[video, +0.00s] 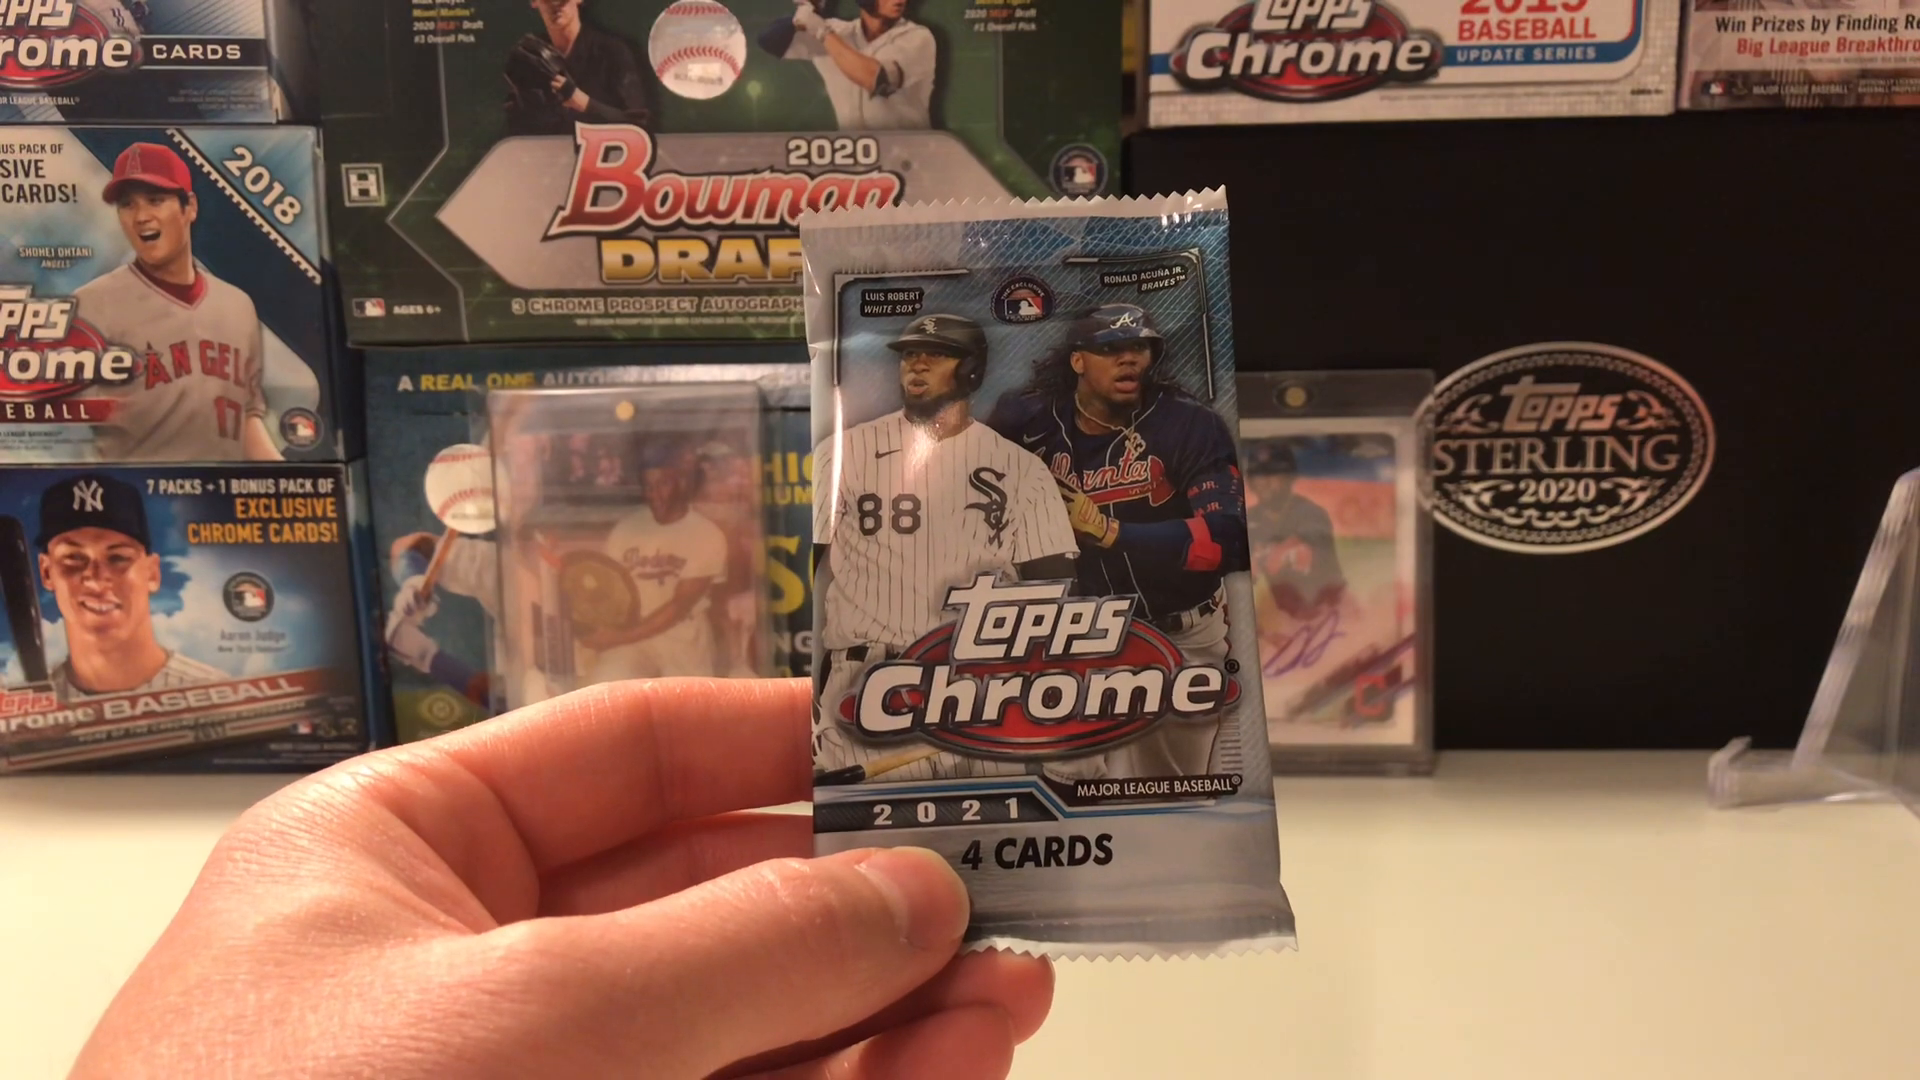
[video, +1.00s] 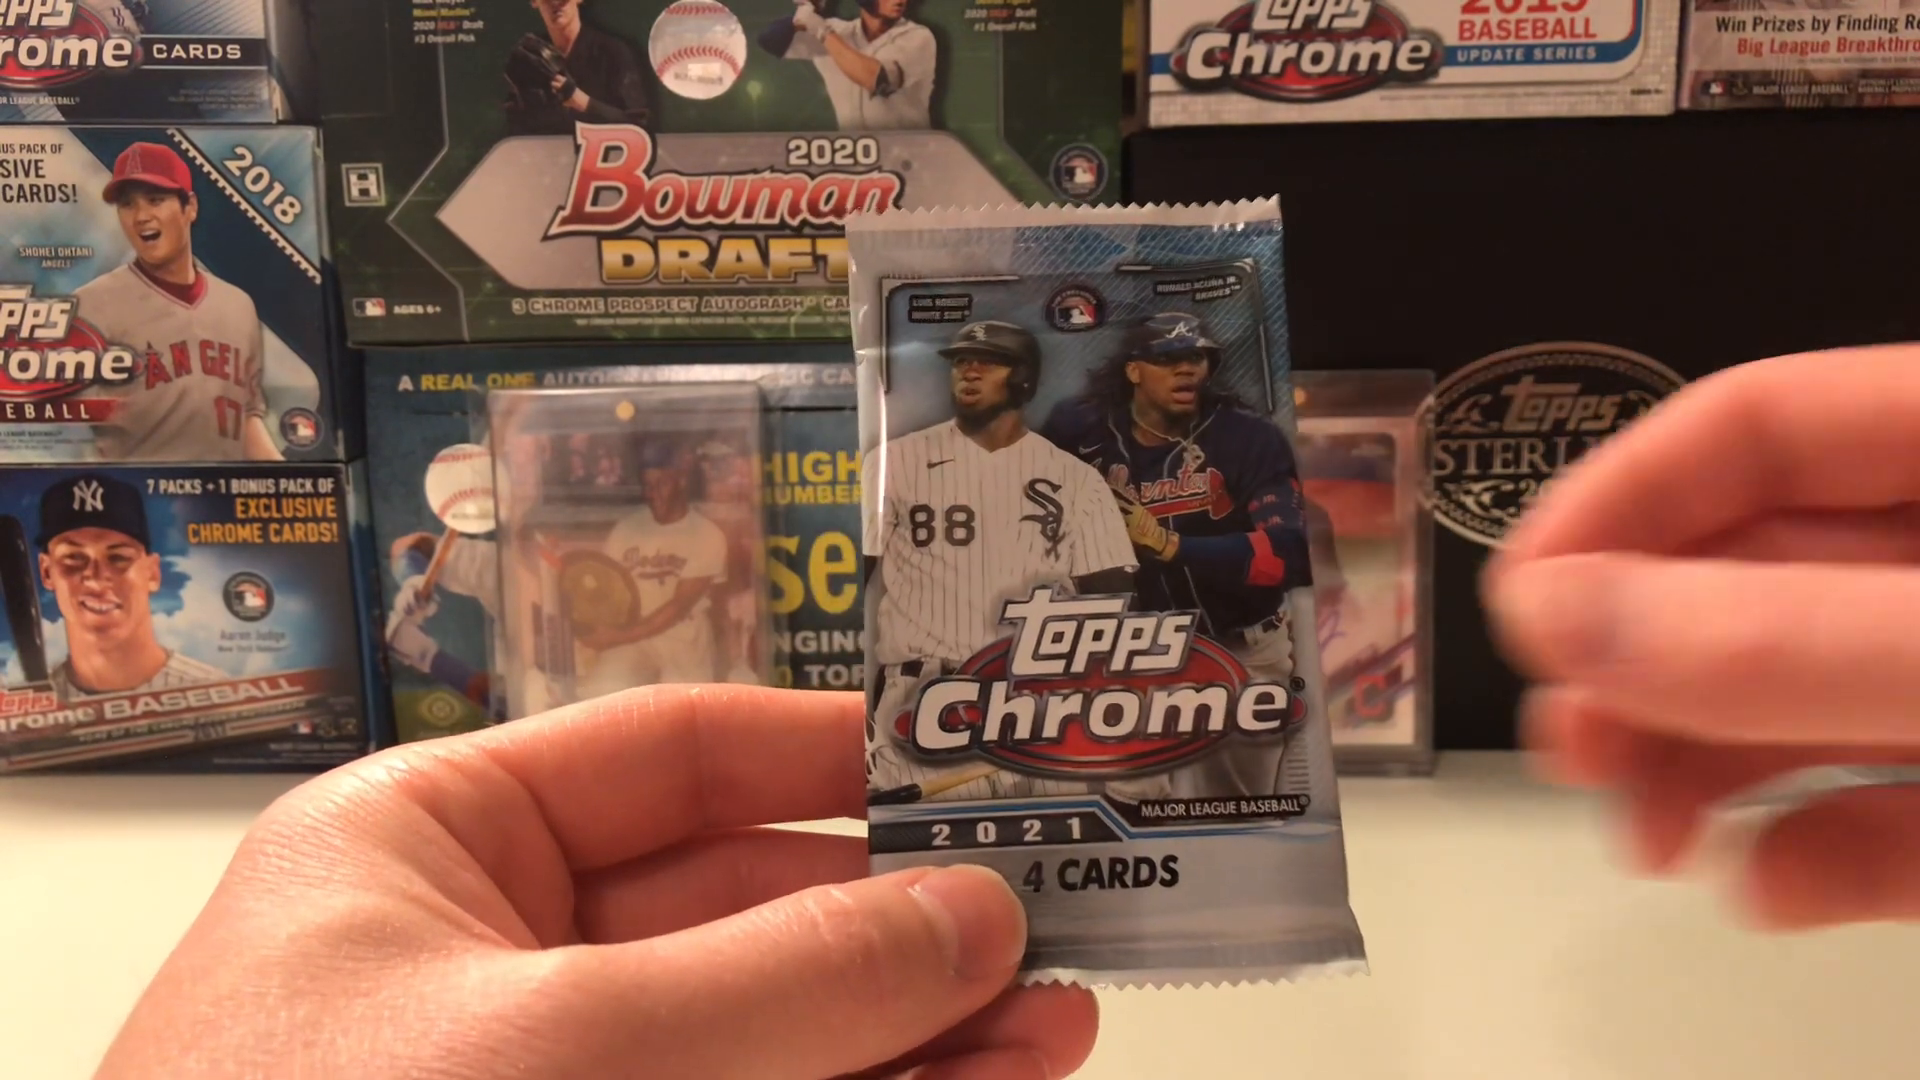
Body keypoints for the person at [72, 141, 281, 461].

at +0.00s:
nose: (142, 216)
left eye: (157, 200)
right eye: (128, 204)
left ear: (189, 209)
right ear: (118, 217)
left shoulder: (239, 306)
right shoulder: (91, 306)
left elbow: (247, 414)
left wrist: (283, 482)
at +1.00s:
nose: (142, 216)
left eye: (156, 199)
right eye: (128, 203)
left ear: (189, 209)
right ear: (118, 216)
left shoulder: (239, 306)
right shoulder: (90, 307)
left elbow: (248, 414)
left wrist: (284, 482)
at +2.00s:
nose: (142, 216)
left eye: (157, 200)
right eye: (128, 203)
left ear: (189, 209)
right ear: (118, 217)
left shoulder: (238, 306)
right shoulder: (91, 307)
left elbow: (248, 414)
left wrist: (283, 482)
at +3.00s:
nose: (142, 216)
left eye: (156, 199)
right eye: (128, 203)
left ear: (189, 209)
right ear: (118, 216)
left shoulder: (238, 307)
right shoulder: (91, 306)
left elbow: (248, 414)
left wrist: (283, 482)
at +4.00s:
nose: (142, 216)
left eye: (156, 200)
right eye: (129, 203)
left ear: (189, 209)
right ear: (118, 216)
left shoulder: (238, 306)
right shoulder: (91, 306)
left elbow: (248, 414)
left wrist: (282, 480)